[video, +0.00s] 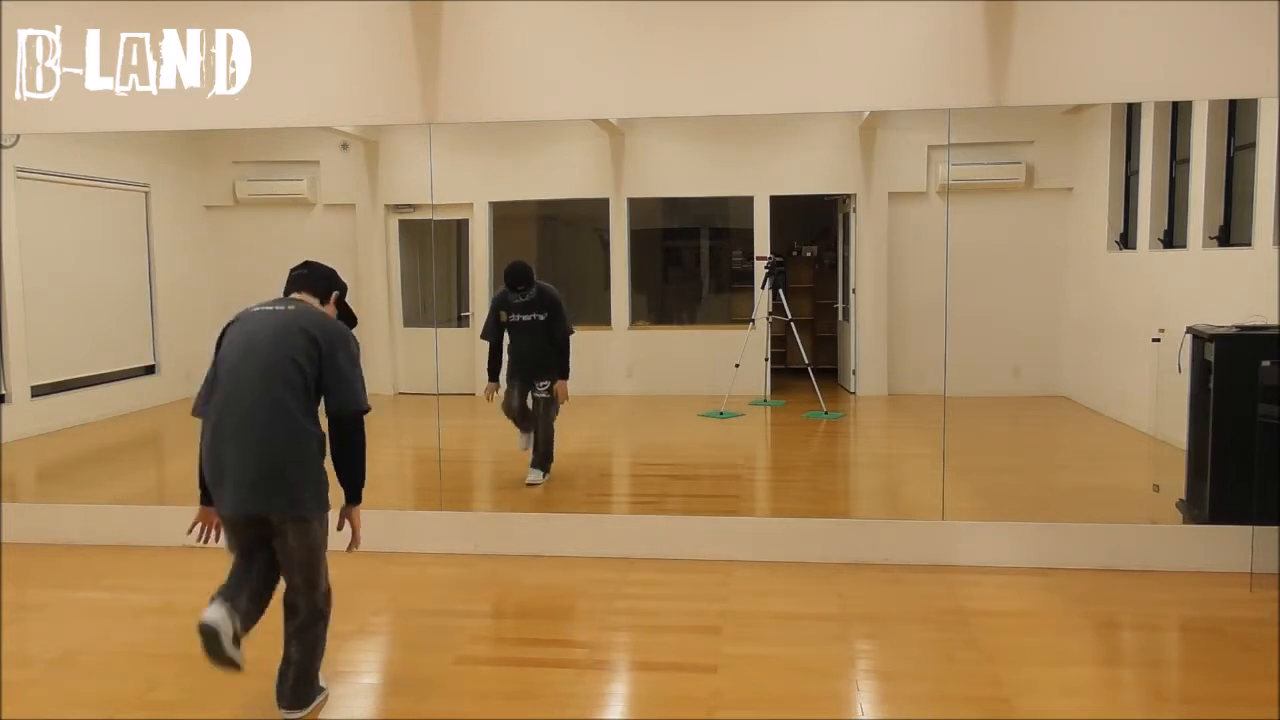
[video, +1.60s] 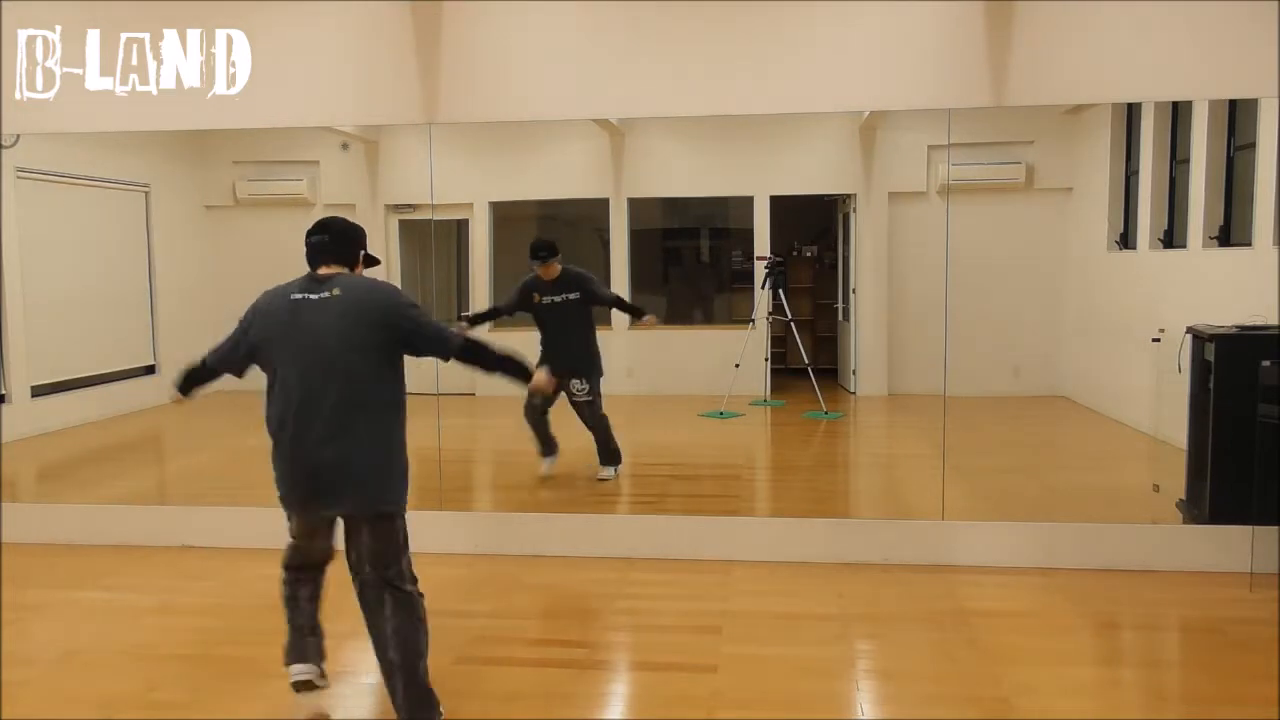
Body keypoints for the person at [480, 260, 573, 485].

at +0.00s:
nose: (521, 296)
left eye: (525, 292)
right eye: (516, 292)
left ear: (533, 284)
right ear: (508, 287)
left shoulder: (549, 297)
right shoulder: (501, 301)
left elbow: (563, 337)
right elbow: (495, 342)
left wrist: (563, 377)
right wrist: (493, 379)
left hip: (547, 363)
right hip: (519, 362)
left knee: (544, 416)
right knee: (511, 406)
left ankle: (540, 466)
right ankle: (528, 426)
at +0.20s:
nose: (521, 297)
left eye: (524, 292)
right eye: (515, 293)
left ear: (532, 283)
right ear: (507, 286)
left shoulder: (549, 292)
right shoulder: (500, 295)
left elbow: (560, 332)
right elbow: (495, 334)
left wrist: (559, 370)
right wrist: (491, 370)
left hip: (545, 359)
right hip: (516, 357)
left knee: (544, 415)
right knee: (504, 405)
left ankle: (540, 466)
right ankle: (511, 445)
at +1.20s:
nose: (516, 291)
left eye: (519, 286)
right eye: (511, 287)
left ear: (528, 277)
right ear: (505, 280)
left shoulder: (547, 295)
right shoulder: (503, 294)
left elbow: (556, 334)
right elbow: (501, 333)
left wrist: (548, 365)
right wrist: (493, 361)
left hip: (536, 368)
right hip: (509, 366)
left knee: (520, 420)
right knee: (501, 419)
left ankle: (532, 451)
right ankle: (506, 469)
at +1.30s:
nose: (522, 285)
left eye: (525, 280)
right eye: (517, 281)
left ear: (535, 271)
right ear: (511, 275)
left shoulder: (553, 287)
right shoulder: (507, 289)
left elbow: (575, 317)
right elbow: (499, 315)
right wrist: (483, 327)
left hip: (546, 356)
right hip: (517, 355)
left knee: (541, 411)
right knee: (500, 414)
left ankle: (556, 443)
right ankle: (505, 469)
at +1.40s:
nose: (528, 272)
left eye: (532, 266)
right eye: (524, 267)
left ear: (542, 259)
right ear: (518, 263)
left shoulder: (564, 279)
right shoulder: (514, 282)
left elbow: (592, 296)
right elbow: (493, 300)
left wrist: (600, 302)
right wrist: (472, 306)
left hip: (555, 362)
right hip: (524, 361)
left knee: (566, 415)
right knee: (509, 414)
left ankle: (589, 452)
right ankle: (506, 469)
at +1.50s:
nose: (537, 268)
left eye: (541, 262)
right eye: (532, 263)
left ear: (550, 255)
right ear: (526, 260)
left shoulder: (571, 275)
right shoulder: (521, 282)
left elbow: (605, 286)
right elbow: (490, 298)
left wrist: (633, 297)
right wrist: (459, 306)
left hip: (569, 358)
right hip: (537, 358)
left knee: (585, 412)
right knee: (520, 409)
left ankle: (608, 462)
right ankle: (512, 466)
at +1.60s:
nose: (544, 271)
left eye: (547, 266)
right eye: (539, 267)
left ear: (557, 261)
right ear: (533, 265)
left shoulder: (579, 281)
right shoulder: (530, 288)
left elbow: (609, 300)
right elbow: (505, 309)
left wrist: (638, 314)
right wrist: (473, 319)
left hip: (582, 359)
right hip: (551, 360)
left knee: (590, 414)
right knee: (533, 408)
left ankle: (610, 461)